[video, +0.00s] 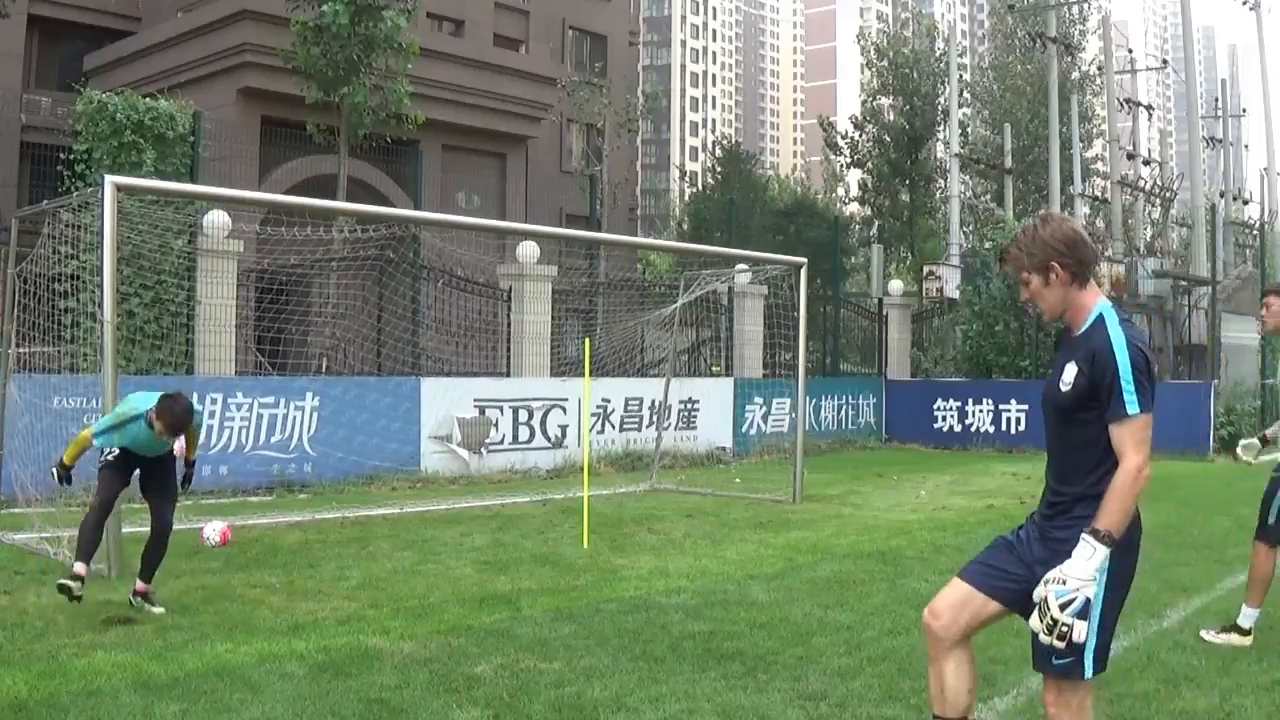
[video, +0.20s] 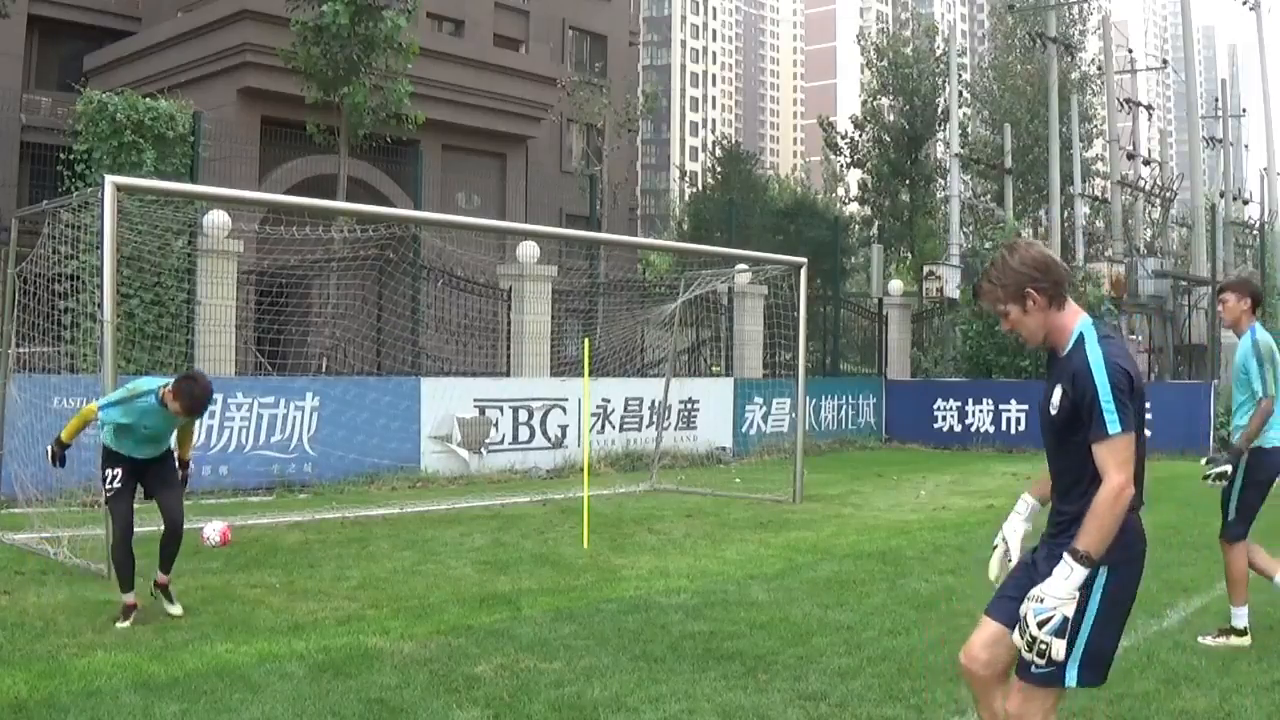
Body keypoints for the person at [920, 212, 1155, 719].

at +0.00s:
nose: (1023, 296)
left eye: (1026, 282)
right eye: (1020, 284)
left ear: (1058, 274)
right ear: (1057, 276)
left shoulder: (1114, 345)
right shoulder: (1077, 337)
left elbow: (1136, 463)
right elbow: (1086, 450)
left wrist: (1091, 553)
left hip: (1091, 542)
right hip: (1048, 528)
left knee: (1065, 700)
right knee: (943, 622)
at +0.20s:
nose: (1005, 328)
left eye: (1005, 315)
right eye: (1000, 318)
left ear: (1034, 299)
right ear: (1034, 301)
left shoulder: (1097, 364)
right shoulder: (1066, 353)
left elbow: (1119, 483)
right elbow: (1073, 458)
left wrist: (1070, 575)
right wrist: (1027, 505)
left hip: (1099, 550)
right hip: (1062, 536)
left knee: (1028, 706)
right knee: (980, 661)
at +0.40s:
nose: (973, 335)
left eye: (972, 322)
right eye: (967, 324)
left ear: (1000, 307)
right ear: (1002, 307)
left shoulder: (1064, 352)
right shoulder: (1050, 347)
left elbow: (1084, 483)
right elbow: (1041, 438)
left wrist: (1034, 575)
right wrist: (980, 503)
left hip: (1147, 518)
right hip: (1120, 516)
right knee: (1081, 660)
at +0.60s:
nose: (1010, 315)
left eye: (1014, 302)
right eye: (1010, 303)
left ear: (1046, 307)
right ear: (1049, 307)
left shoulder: (1097, 369)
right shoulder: (1080, 363)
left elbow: (1039, 487)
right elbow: (1031, 450)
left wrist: (945, 517)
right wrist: (942, 478)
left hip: (1162, 540)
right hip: (1156, 534)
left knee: (1082, 696)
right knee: (1132, 687)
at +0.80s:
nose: (1115, 287)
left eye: (1128, 273)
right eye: (1107, 278)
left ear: (1163, 280)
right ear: (1102, 286)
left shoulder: (1180, 352)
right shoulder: (1127, 352)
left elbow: (1142, 460)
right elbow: (1105, 445)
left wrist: (1040, 466)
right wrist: (1021, 459)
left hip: (1183, 542)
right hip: (1164, 539)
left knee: (1090, 695)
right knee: (1209, 691)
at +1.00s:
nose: (1210, 270)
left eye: (1220, 259)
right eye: (1197, 262)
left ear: (1238, 271)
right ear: (1180, 278)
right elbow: (1171, 448)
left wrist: (1211, 460)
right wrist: (1126, 497)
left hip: (1256, 524)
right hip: (1203, 529)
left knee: (1191, 697)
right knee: (1247, 684)